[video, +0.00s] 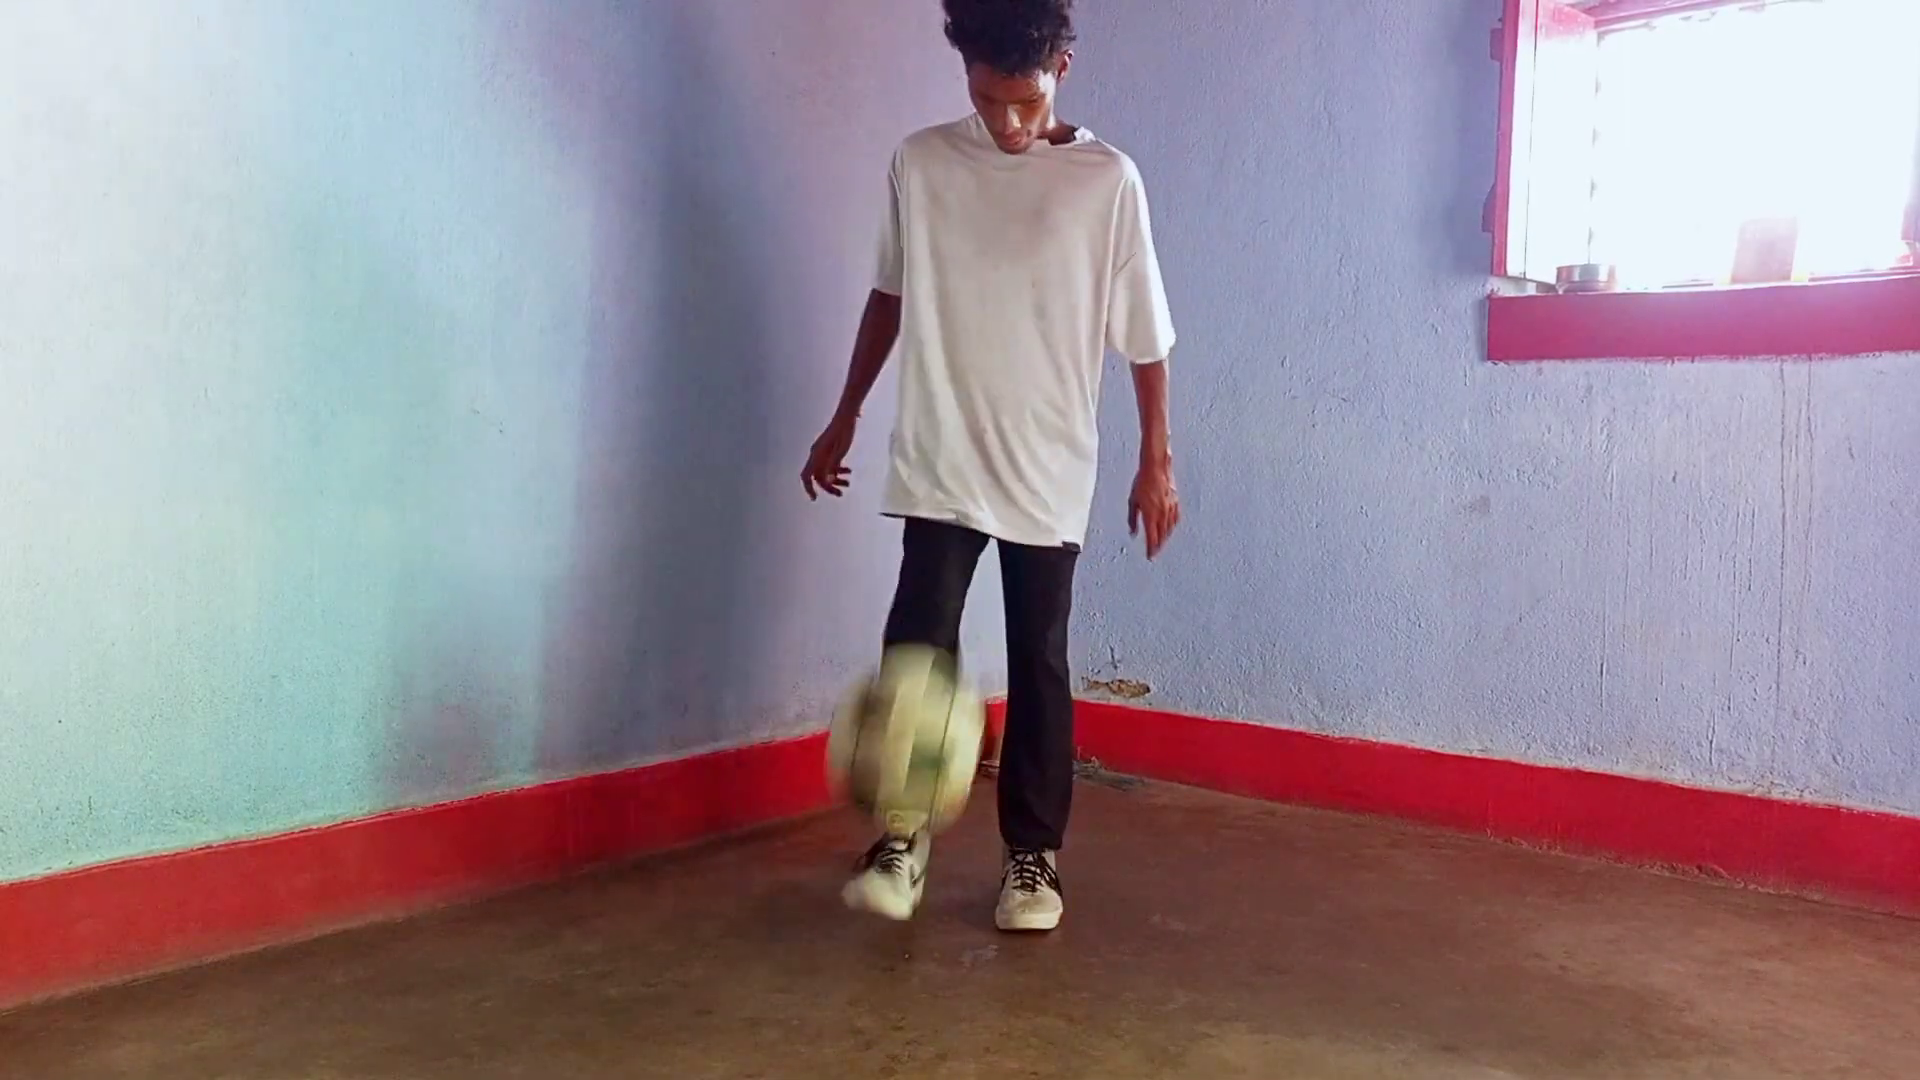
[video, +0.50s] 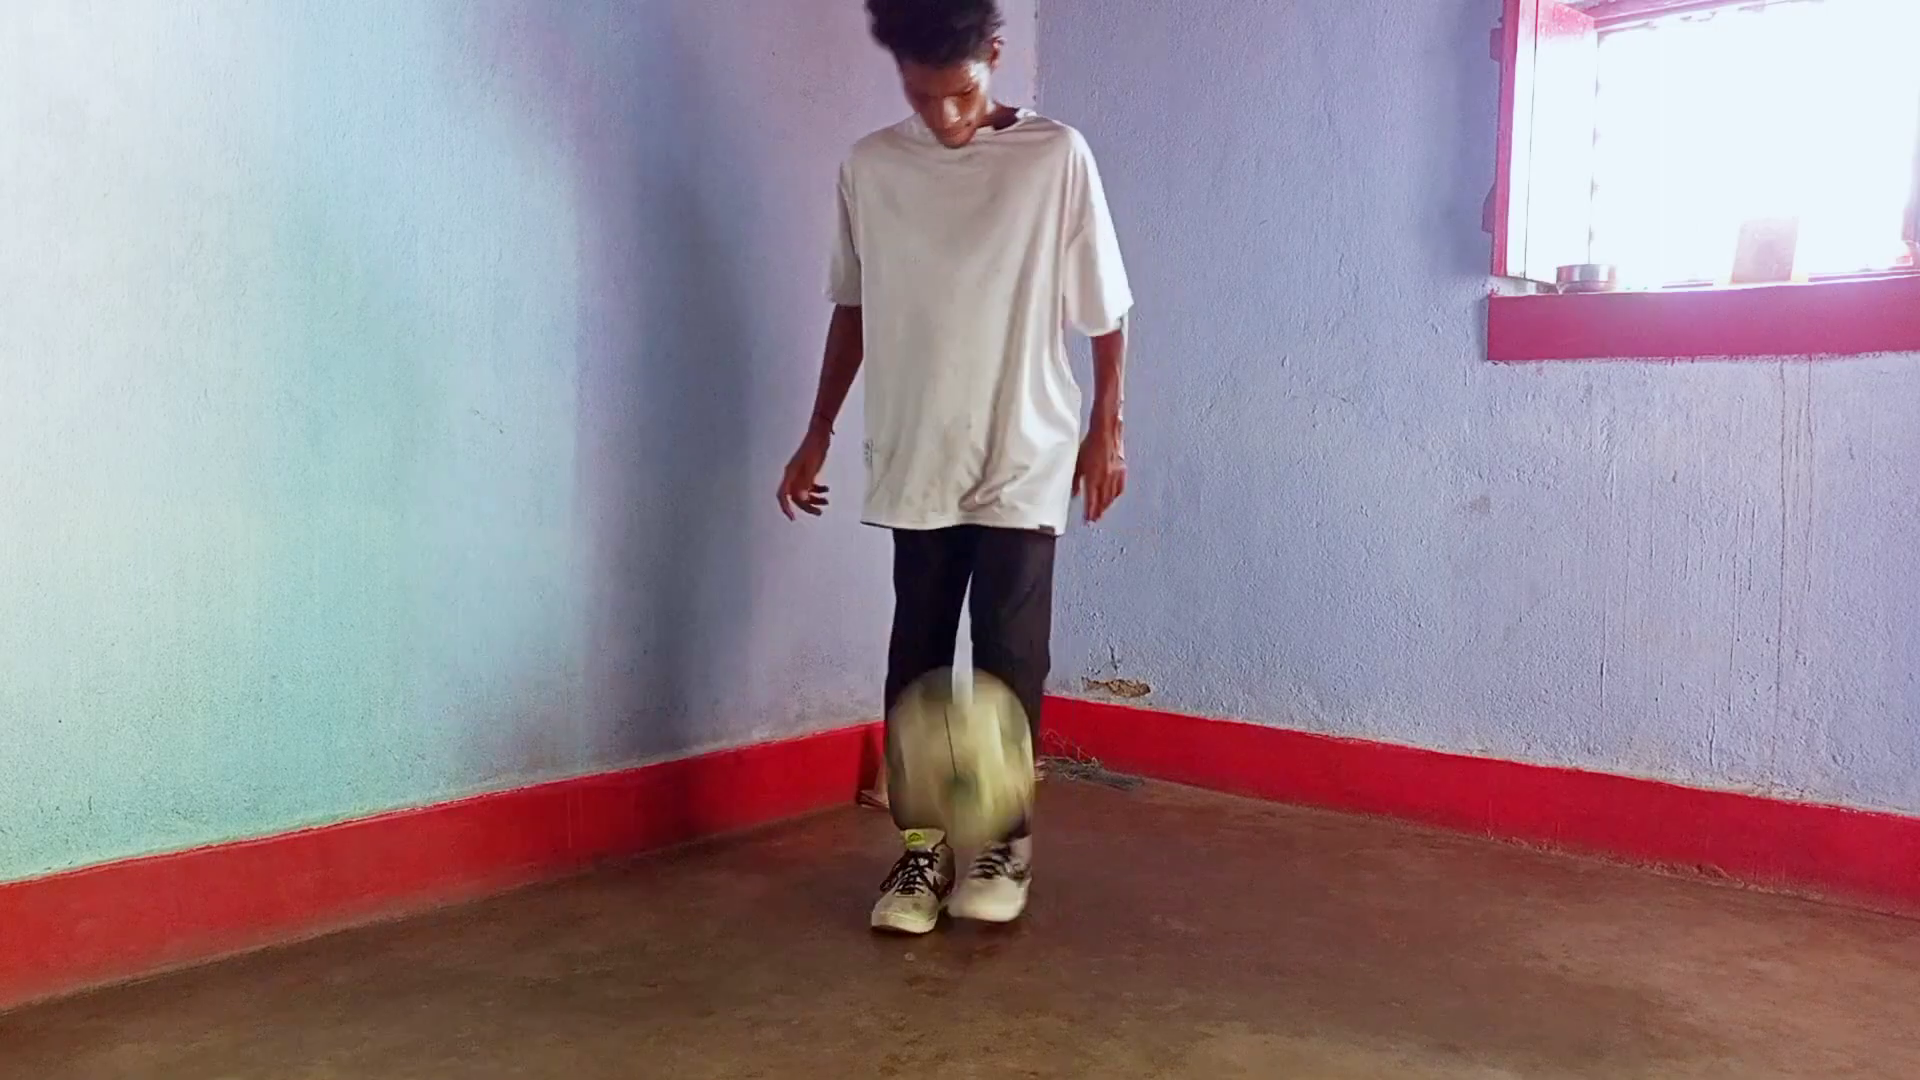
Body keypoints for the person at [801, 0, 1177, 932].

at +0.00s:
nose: (1008, 123)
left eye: (1027, 102)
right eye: (990, 101)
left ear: (1062, 69)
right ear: (964, 68)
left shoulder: (1108, 180)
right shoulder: (922, 162)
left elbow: (1144, 332)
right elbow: (889, 299)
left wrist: (1157, 460)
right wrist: (843, 418)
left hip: (1048, 459)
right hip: (941, 450)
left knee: (1039, 661)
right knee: (915, 639)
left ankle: (1032, 857)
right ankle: (901, 835)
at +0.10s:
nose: (1005, 118)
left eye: (1024, 98)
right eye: (988, 97)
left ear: (1060, 65)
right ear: (963, 66)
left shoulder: (1106, 174)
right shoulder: (922, 156)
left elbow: (1146, 327)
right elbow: (892, 294)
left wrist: (1157, 455)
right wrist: (846, 411)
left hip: (1049, 461)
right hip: (942, 450)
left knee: (1038, 665)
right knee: (912, 646)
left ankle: (1032, 859)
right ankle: (889, 833)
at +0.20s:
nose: (993, 106)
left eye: (1010, 85)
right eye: (974, 87)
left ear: (1047, 53)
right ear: (951, 61)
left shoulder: (1095, 159)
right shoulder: (912, 146)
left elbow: (1140, 314)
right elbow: (886, 287)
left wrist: (1145, 440)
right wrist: (844, 404)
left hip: (1042, 450)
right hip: (931, 442)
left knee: (1039, 663)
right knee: (917, 649)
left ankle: (1030, 857)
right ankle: (916, 843)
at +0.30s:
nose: (979, 102)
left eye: (995, 82)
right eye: (959, 83)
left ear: (1035, 51)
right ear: (937, 58)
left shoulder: (1085, 156)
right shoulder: (900, 148)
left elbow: (1129, 310)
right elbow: (877, 289)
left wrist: (1132, 436)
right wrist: (839, 408)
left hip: (1040, 452)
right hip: (926, 447)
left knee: (1033, 664)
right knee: (918, 655)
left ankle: (1031, 856)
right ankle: (924, 851)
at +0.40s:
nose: (959, 106)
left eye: (975, 85)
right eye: (939, 88)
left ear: (1007, 56)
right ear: (914, 65)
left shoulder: (1064, 156)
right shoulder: (879, 159)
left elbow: (1109, 306)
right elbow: (854, 306)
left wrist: (1113, 431)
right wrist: (823, 432)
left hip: (1026, 451)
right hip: (913, 449)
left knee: (1018, 663)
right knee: (914, 661)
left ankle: (1020, 856)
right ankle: (920, 853)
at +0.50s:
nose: (944, 113)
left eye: (958, 91)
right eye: (923, 94)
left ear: (992, 54)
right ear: (897, 72)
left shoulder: (1056, 156)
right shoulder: (871, 165)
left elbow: (1105, 306)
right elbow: (850, 314)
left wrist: (1107, 429)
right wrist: (816, 435)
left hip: (1025, 447)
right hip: (915, 450)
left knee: (1008, 654)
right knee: (916, 656)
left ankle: (1002, 844)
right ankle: (920, 851)